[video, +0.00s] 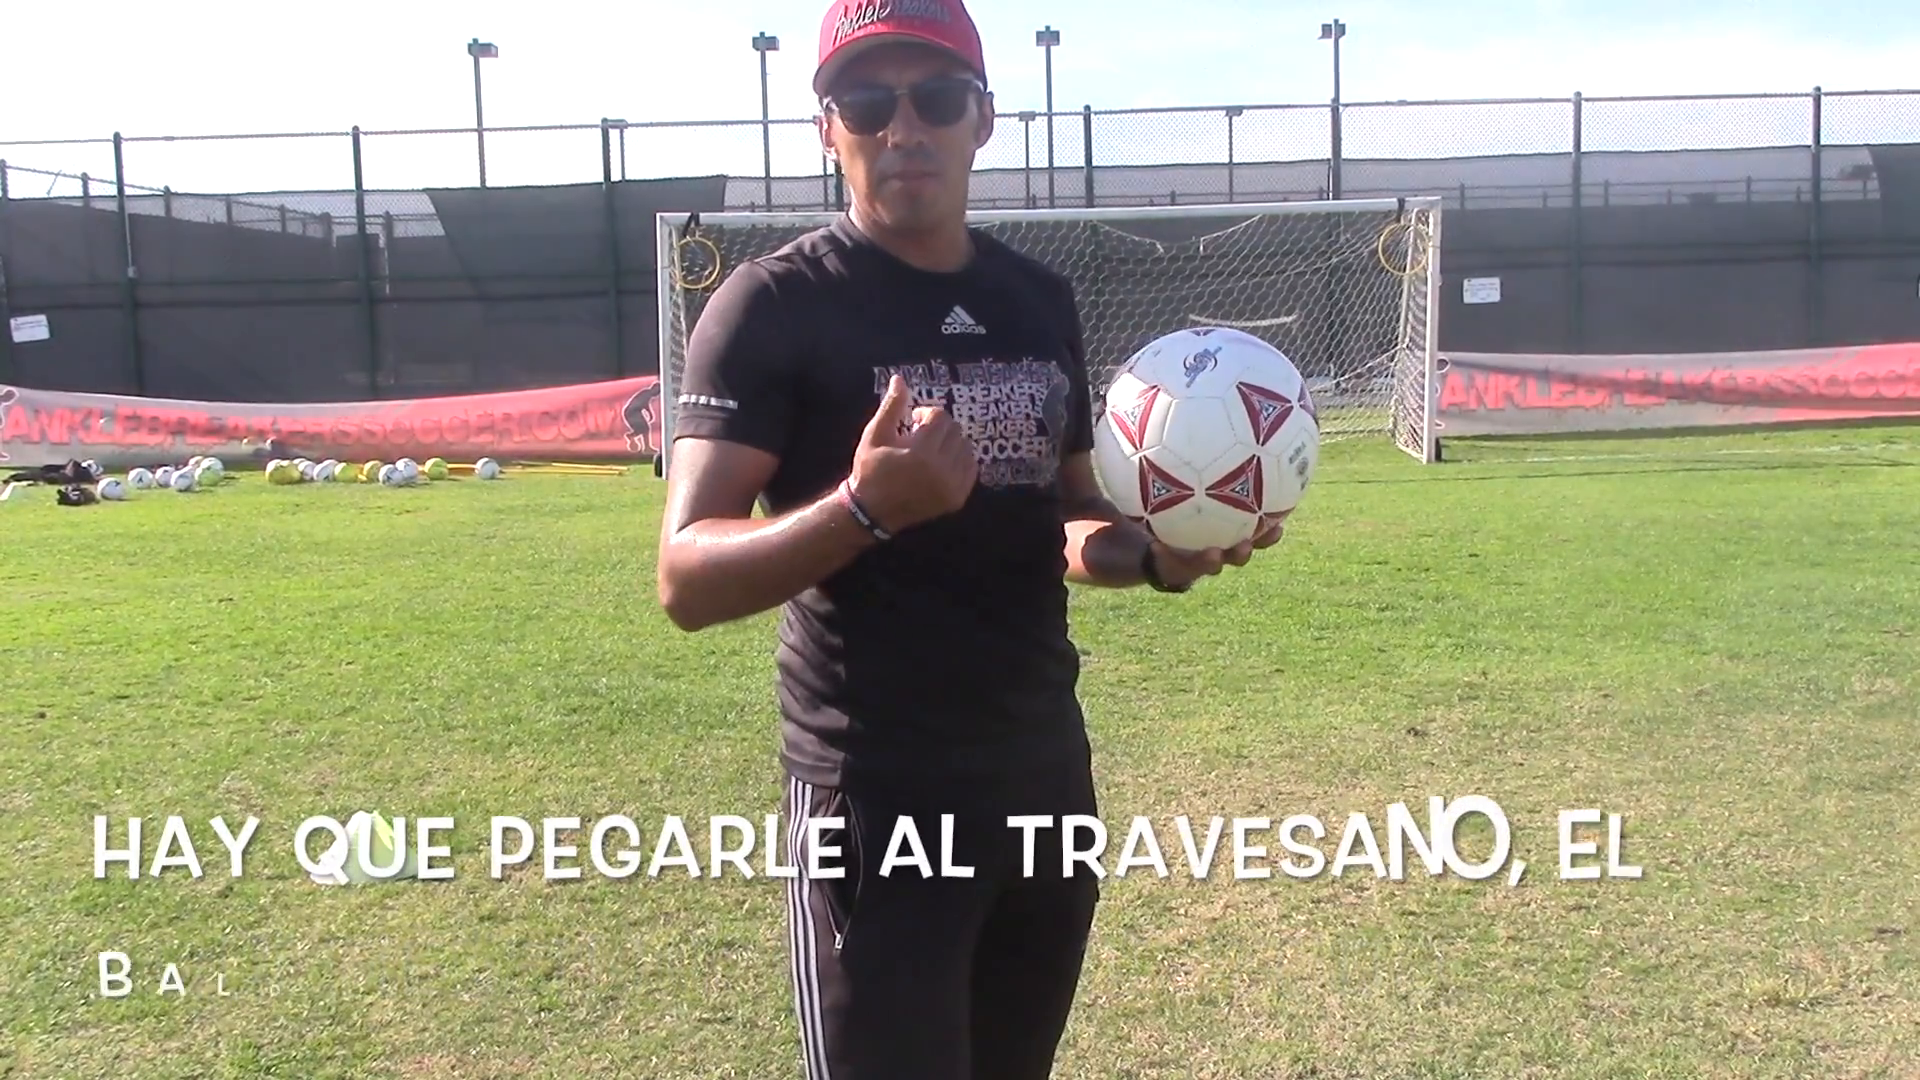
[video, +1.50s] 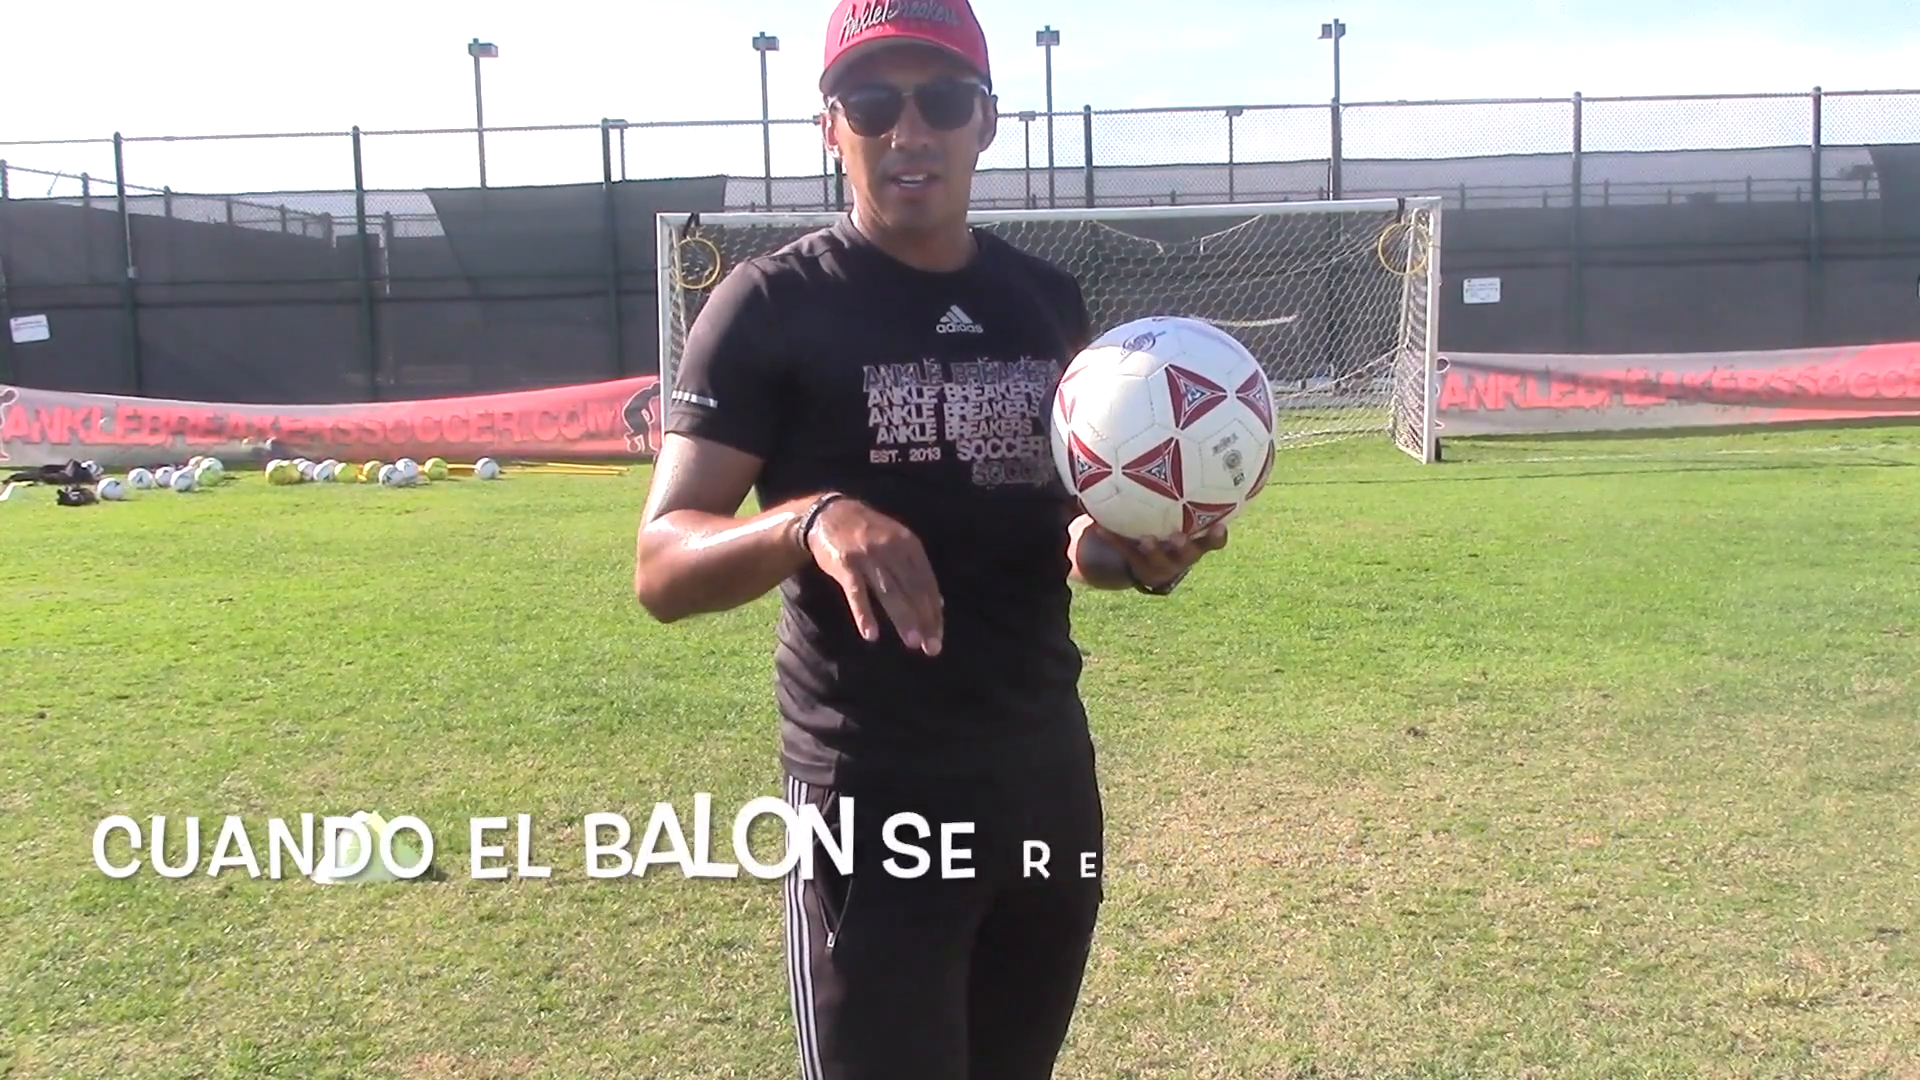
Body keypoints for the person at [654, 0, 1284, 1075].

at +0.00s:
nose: (906, 130)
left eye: (937, 100)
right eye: (870, 102)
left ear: (983, 122)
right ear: (828, 129)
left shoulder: (1039, 296)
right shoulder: (767, 305)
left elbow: (1075, 524)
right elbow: (687, 585)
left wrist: (1156, 552)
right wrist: (862, 510)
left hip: (1040, 769)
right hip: (866, 784)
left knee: (1011, 1062)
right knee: (886, 1063)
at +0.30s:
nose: (904, 133)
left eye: (936, 101)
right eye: (869, 104)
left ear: (981, 122)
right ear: (829, 132)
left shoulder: (1039, 298)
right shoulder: (765, 308)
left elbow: (1074, 527)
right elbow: (685, 582)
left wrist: (1152, 554)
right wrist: (885, 530)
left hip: (1039, 771)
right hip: (861, 785)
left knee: (1012, 1063)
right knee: (882, 1063)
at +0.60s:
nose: (899, 136)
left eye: (930, 103)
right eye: (863, 109)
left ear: (976, 121)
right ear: (824, 136)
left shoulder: (1038, 299)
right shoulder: (763, 310)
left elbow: (1067, 536)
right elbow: (680, 581)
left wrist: (1143, 553)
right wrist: (897, 538)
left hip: (1043, 768)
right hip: (865, 782)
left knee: (1013, 1063)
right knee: (885, 1062)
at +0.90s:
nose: (895, 134)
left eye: (926, 102)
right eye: (860, 108)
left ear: (973, 120)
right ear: (821, 135)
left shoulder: (1036, 299)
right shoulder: (762, 310)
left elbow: (1063, 529)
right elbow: (679, 581)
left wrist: (1135, 554)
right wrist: (896, 541)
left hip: (1044, 772)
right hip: (867, 782)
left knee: (1014, 1064)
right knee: (882, 1063)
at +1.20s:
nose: (896, 134)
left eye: (927, 102)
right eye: (860, 107)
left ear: (972, 121)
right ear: (819, 136)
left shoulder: (1037, 298)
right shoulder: (761, 310)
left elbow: (1064, 524)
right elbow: (671, 574)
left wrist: (1131, 554)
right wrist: (884, 572)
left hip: (1044, 768)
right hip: (871, 781)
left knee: (1019, 1064)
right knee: (883, 1061)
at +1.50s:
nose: (911, 134)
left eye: (944, 102)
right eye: (876, 104)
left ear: (986, 124)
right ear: (830, 131)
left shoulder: (1046, 300)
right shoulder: (765, 305)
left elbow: (1080, 539)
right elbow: (661, 571)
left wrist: (1142, 556)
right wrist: (802, 526)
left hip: (1042, 764)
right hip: (868, 775)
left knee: (1017, 1063)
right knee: (881, 1060)